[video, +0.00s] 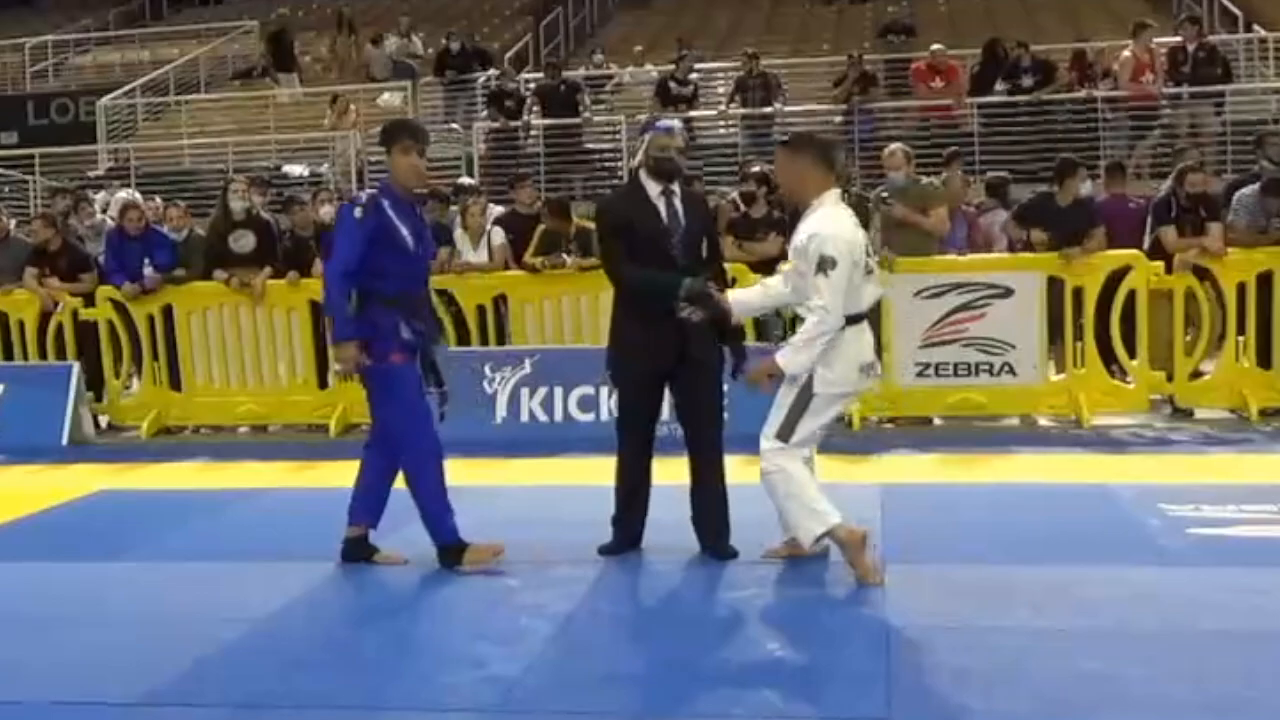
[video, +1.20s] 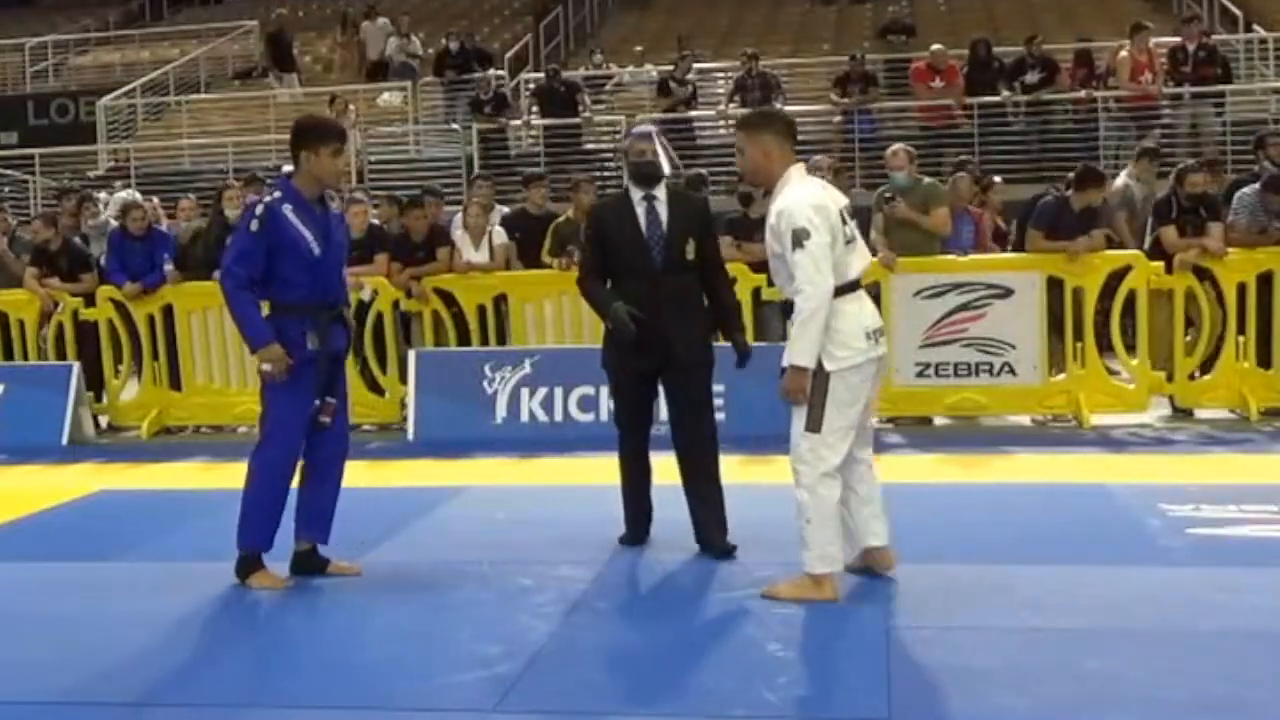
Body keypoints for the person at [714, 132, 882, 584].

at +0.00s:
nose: (775, 177)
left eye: (781, 166)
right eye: (776, 167)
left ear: (807, 168)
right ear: (814, 170)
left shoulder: (827, 230)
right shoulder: (821, 221)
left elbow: (826, 314)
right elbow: (790, 284)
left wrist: (781, 361)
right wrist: (728, 303)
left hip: (835, 349)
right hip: (837, 343)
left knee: (777, 449)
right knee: (794, 442)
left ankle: (839, 534)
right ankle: (802, 536)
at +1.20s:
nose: (739, 164)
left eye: (743, 153)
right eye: (738, 154)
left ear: (769, 151)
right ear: (781, 150)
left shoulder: (797, 205)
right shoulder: (813, 190)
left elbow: (815, 289)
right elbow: (826, 261)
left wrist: (798, 364)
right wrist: (763, 255)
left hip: (835, 333)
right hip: (858, 323)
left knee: (813, 455)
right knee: (853, 447)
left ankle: (820, 574)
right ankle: (874, 548)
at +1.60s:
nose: (793, 178)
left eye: (796, 166)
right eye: (792, 167)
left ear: (821, 168)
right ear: (838, 167)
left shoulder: (841, 222)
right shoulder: (871, 213)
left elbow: (857, 311)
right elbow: (865, 305)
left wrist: (838, 386)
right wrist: (817, 361)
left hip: (870, 362)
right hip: (904, 356)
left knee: (783, 450)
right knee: (919, 466)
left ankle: (802, 565)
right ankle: (991, 569)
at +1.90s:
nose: (731, 197)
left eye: (735, 185)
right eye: (731, 187)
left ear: (762, 182)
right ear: (765, 183)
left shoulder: (792, 236)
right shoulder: (786, 235)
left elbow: (816, 317)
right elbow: (750, 312)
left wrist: (809, 391)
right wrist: (677, 327)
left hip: (820, 372)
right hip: (856, 366)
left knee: (755, 468)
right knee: (899, 469)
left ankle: (719, 578)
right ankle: (985, 558)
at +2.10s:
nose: (661, 223)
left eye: (665, 212)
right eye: (659, 214)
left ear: (695, 202)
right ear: (692, 207)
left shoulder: (743, 239)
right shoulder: (705, 254)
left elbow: (786, 309)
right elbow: (664, 307)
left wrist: (780, 390)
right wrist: (596, 340)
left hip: (800, 361)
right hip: (822, 351)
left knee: (737, 465)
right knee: (872, 457)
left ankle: (716, 577)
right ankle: (969, 541)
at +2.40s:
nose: (646, 243)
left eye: (645, 232)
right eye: (641, 236)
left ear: (668, 216)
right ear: (673, 217)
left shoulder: (722, 250)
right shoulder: (697, 263)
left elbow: (770, 316)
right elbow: (656, 322)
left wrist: (766, 396)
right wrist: (590, 352)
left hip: (799, 361)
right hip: (825, 349)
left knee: (731, 463)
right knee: (870, 458)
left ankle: (715, 578)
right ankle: (967, 541)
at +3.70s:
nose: (992, 136)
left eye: (998, 124)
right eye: (994, 124)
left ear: (1025, 128)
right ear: (1046, 128)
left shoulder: (1042, 191)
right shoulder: (1087, 182)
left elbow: (1069, 279)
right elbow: (1123, 270)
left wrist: (1076, 360)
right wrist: (1123, 332)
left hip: (1082, 344)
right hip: (1115, 335)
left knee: (1083, 477)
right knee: (1104, 469)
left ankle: (1148, 594)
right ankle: (1145, 584)